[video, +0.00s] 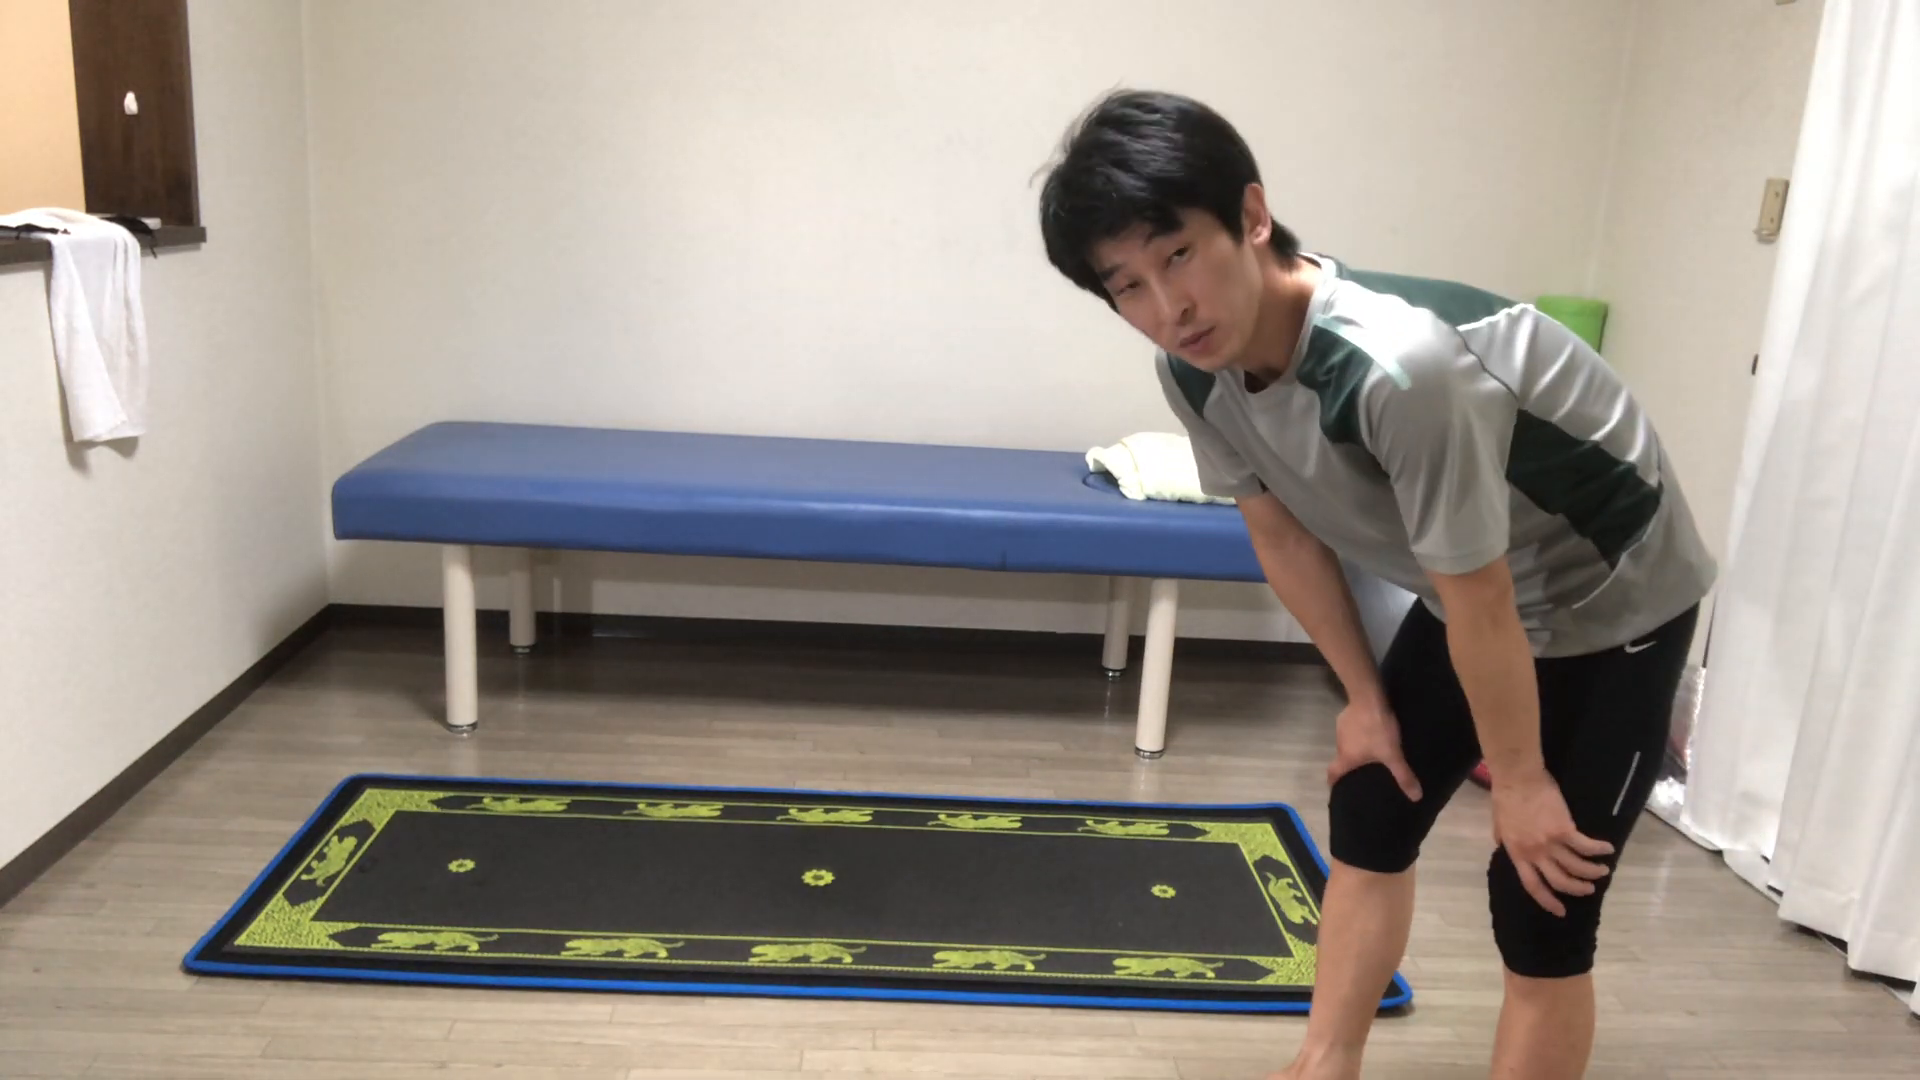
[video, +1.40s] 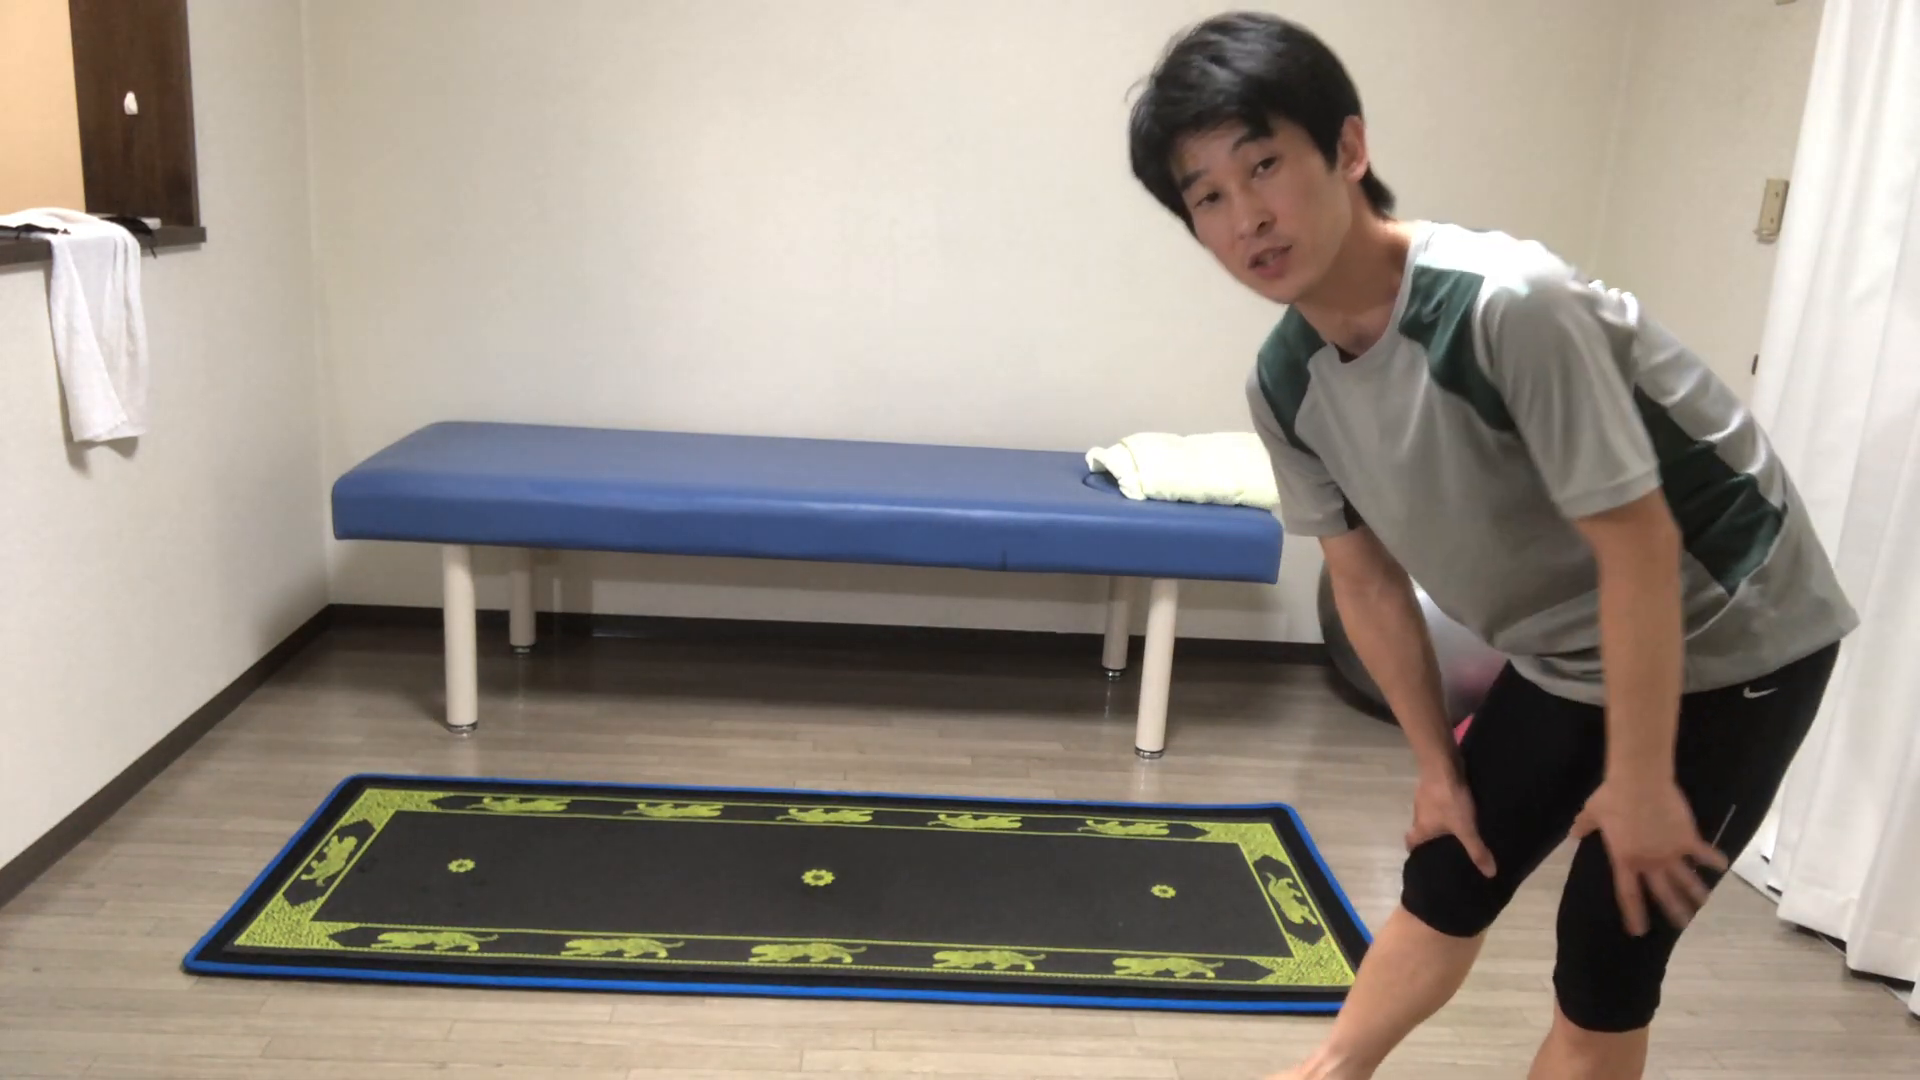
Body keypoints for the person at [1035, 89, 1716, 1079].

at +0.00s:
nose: (1168, 307)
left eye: (1178, 255)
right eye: (1128, 289)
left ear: (1250, 217)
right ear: (1111, 305)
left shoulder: (1402, 371)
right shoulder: (1195, 367)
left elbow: (1481, 598)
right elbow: (1283, 539)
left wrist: (1522, 777)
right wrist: (1363, 697)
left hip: (1618, 594)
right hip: (1472, 580)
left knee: (1539, 904)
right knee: (1372, 808)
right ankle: (1327, 1062)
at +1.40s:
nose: (1243, 218)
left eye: (1264, 165)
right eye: (1205, 201)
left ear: (1347, 148)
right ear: (1193, 231)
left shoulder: (1513, 309)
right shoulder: (1287, 380)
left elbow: (1637, 547)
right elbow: (1367, 582)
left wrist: (1640, 779)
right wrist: (1436, 770)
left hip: (1743, 629)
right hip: (1570, 637)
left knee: (1609, 935)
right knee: (1445, 879)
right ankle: (1337, 1064)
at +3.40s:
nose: (1249, 194)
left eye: (1272, 141)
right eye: (1208, 169)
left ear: (1352, 124)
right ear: (1186, 195)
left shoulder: (1521, 298)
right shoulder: (1279, 327)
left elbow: (1654, 508)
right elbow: (1391, 468)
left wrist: (1626, 725)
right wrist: (1394, 621)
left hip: (1618, 617)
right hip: (1467, 608)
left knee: (1554, 930)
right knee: (1394, 854)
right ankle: (1331, 1062)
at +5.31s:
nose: (1128, 193)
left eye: (1136, 147)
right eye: (1096, 186)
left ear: (1210, 119)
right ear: (1096, 211)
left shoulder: (1381, 234)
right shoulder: (1230, 334)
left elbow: (1552, 385)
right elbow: (1382, 456)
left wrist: (1643, 587)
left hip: (1550, 588)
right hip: (1416, 588)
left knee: (1484, 868)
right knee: (1367, 831)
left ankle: (1502, 1067)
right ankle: (1322, 1061)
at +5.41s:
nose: (1147, 194)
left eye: (1154, 149)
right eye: (1115, 187)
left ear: (1228, 122)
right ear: (1111, 214)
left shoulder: (1390, 238)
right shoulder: (1247, 330)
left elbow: (1535, 415)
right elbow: (1396, 467)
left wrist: (1575, 638)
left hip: (1563, 579)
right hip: (1429, 584)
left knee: (1485, 869)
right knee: (1378, 829)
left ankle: (1508, 1045)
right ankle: (1324, 1059)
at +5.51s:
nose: (1174, 185)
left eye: (1183, 142)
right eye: (1144, 177)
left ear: (1258, 118)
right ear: (1138, 204)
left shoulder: (1414, 242)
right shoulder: (1270, 323)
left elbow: (1520, 449)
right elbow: (1410, 469)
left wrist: (1458, 654)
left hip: (1581, 580)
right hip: (1443, 579)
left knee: (1493, 857)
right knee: (1386, 815)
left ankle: (1510, 1011)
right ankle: (1326, 1058)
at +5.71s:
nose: (1273, 141)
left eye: (1291, 102)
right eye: (1241, 127)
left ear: (1366, 82)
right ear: (1232, 148)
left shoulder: (1504, 225)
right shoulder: (1324, 300)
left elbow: (1575, 432)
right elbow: (1445, 456)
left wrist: (1386, 537)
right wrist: (1365, 556)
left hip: (1601, 585)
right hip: (1468, 582)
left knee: (1523, 844)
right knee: (1397, 817)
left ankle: (1511, 1029)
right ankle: (1328, 1053)